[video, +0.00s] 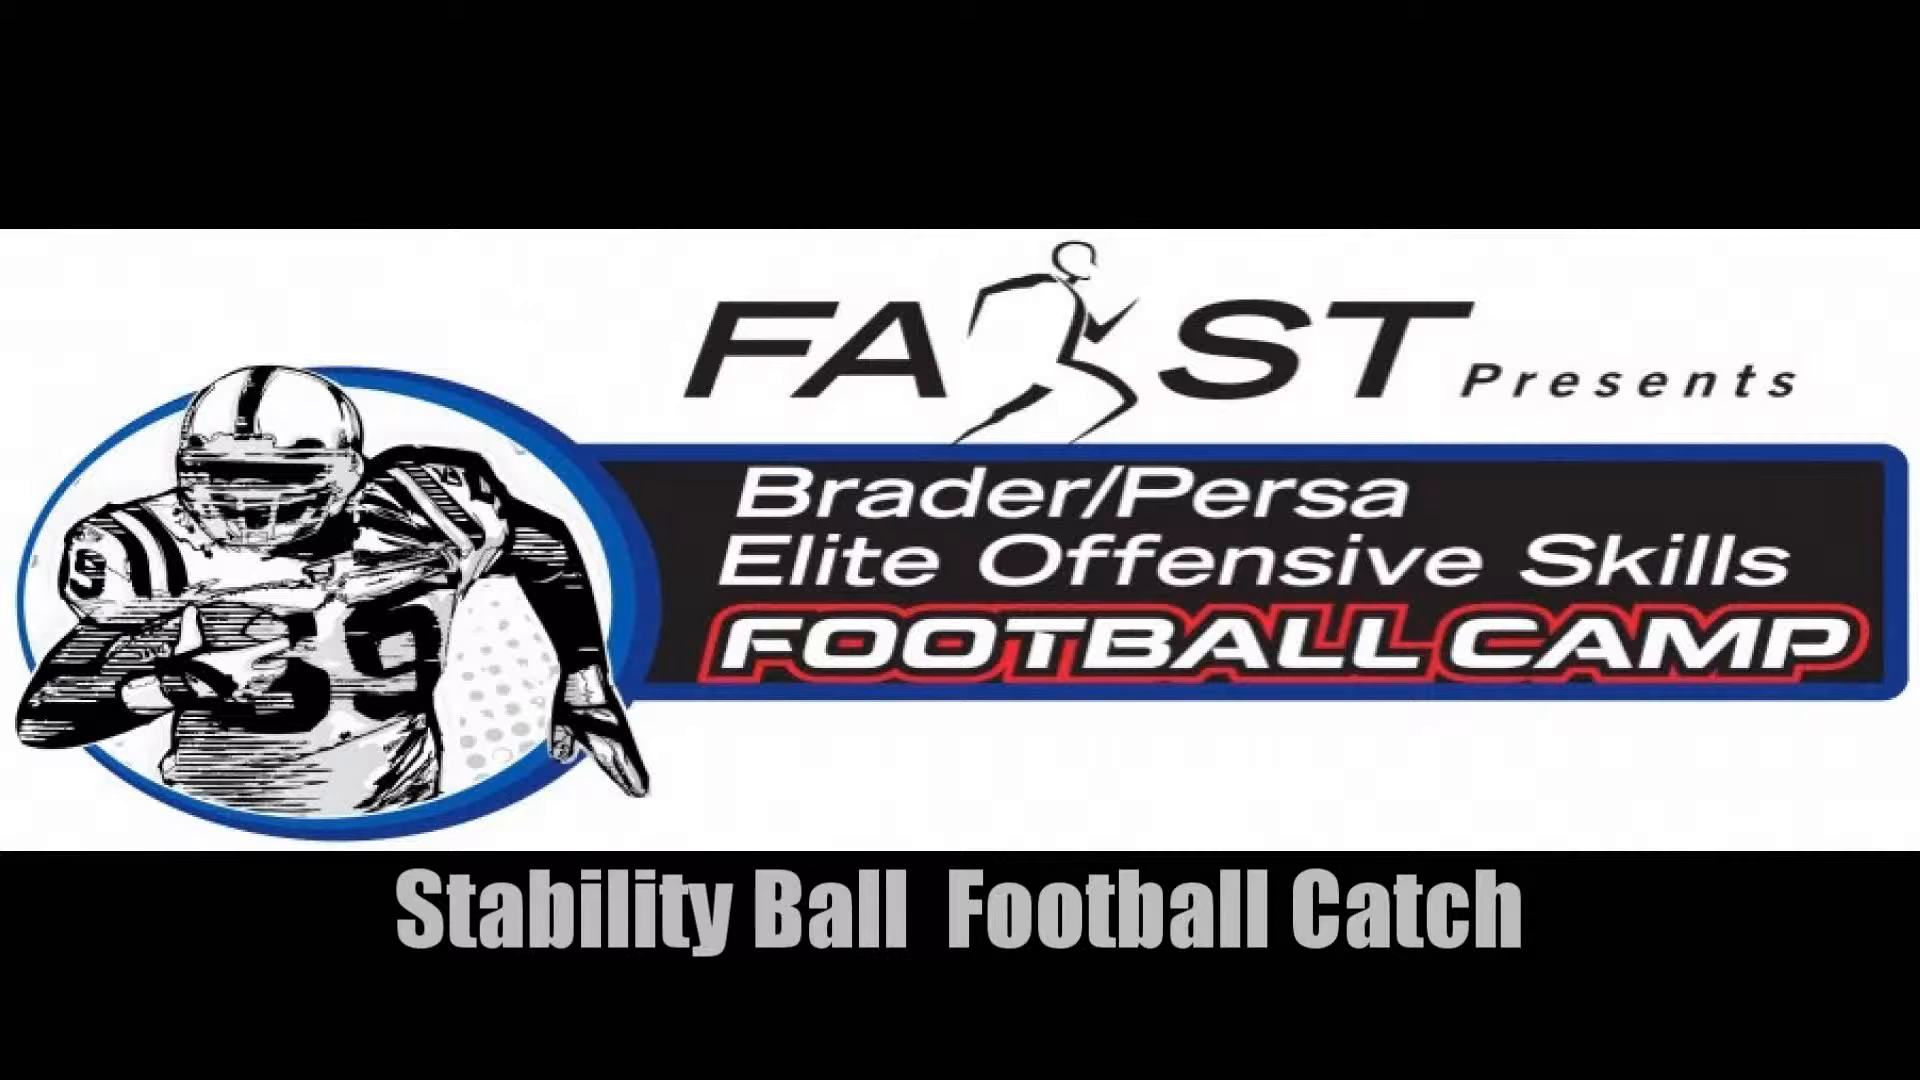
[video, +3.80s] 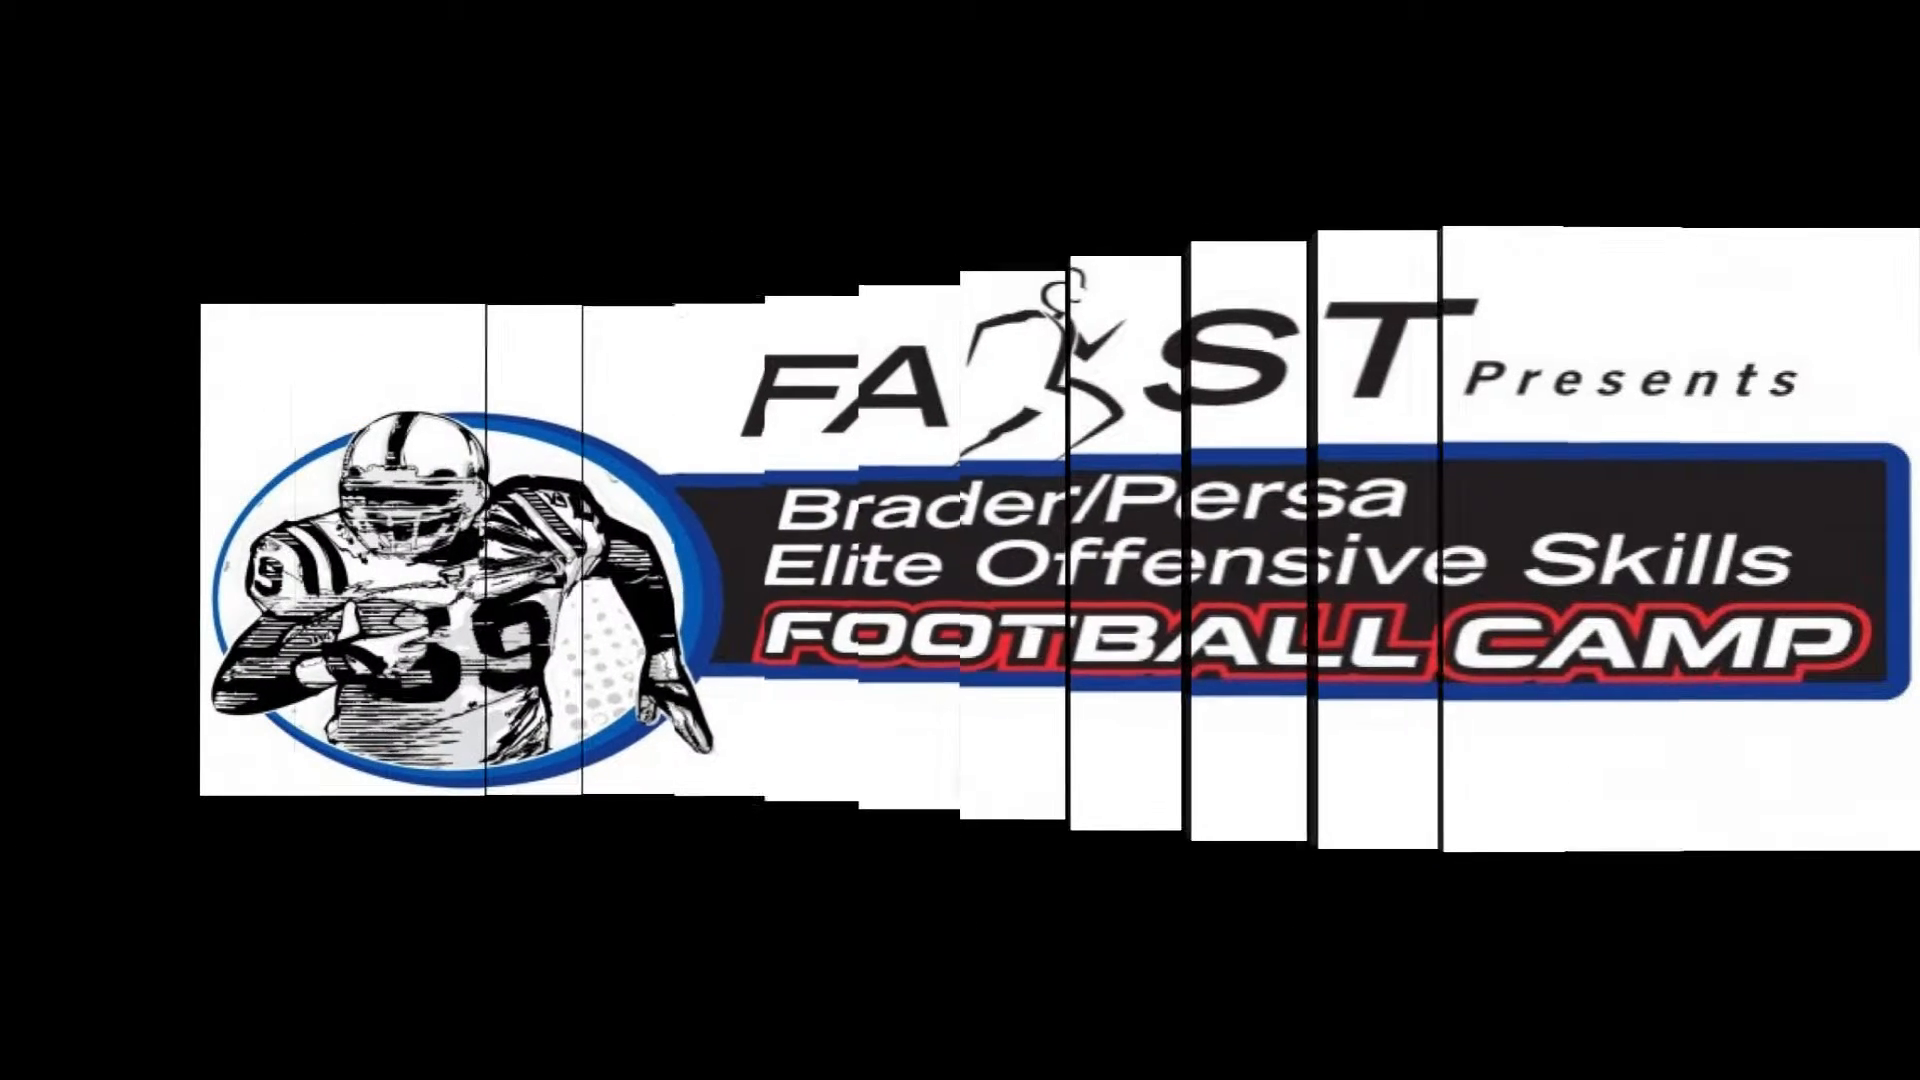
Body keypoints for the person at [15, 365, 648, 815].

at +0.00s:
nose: (252, 515)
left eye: (279, 493)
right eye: (230, 492)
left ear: (336, 480)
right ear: (194, 479)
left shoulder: (423, 508)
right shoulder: (141, 548)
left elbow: (546, 548)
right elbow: (43, 716)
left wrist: (585, 672)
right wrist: (174, 683)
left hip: (386, 812)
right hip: (219, 816)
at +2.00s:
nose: (252, 515)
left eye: (280, 494)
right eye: (229, 492)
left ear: (336, 480)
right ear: (194, 479)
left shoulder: (425, 508)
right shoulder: (142, 549)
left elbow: (546, 548)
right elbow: (43, 716)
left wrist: (585, 671)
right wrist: (175, 683)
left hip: (386, 814)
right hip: (218, 816)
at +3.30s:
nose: (269, 504)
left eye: (296, 484)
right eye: (250, 482)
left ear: (344, 476)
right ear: (224, 473)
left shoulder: (425, 505)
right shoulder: (186, 545)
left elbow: (543, 549)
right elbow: (117, 706)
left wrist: (583, 678)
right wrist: (223, 672)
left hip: (390, 803)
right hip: (245, 803)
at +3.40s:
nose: (320, 513)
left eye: (344, 492)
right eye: (303, 491)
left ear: (380, 478)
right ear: (278, 477)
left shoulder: (447, 511)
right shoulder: (247, 549)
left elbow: (550, 551)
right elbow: (182, 697)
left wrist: (584, 675)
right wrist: (277, 666)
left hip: (421, 794)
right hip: (297, 794)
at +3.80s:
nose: (402, 531)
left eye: (424, 513)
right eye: (383, 513)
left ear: (467, 501)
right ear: (355, 504)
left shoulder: (535, 524)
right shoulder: (314, 559)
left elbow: (633, 555)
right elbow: (233, 690)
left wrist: (663, 652)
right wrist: (337, 662)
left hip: (511, 764)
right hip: (376, 767)